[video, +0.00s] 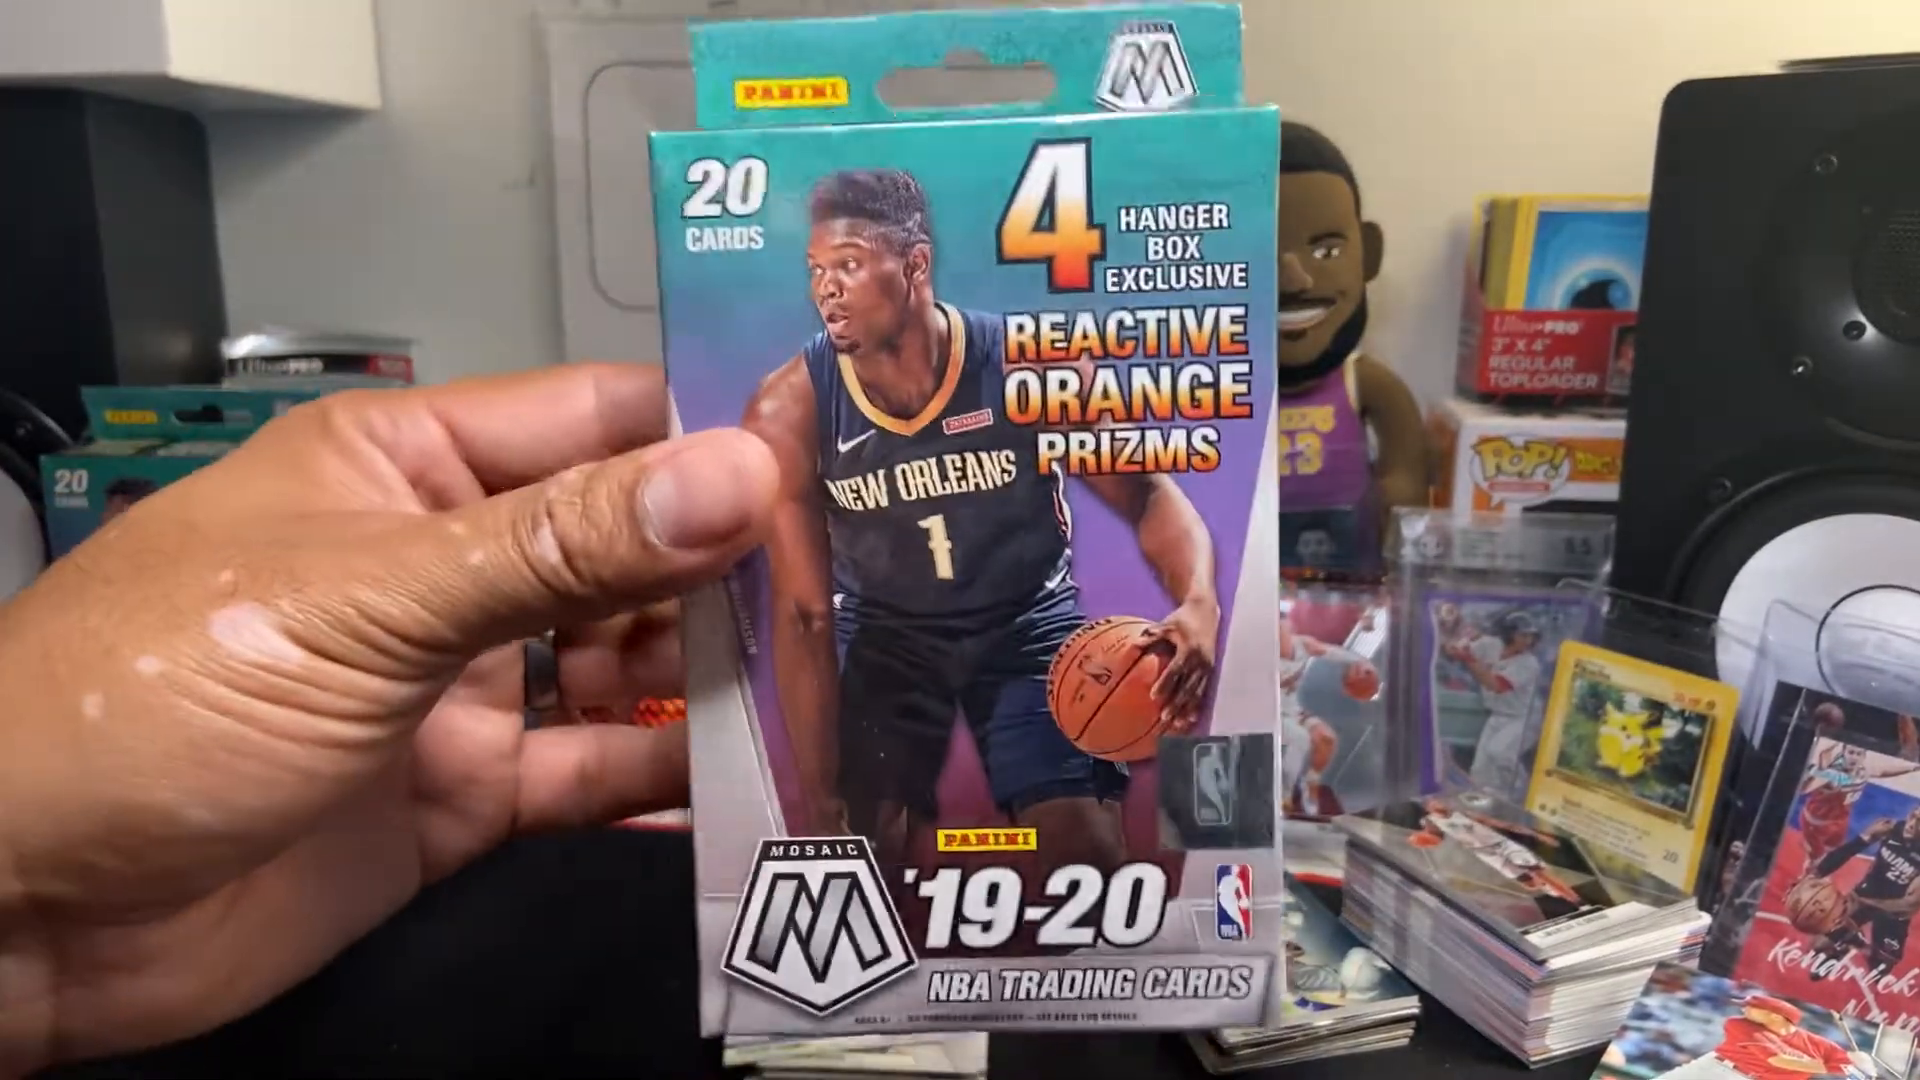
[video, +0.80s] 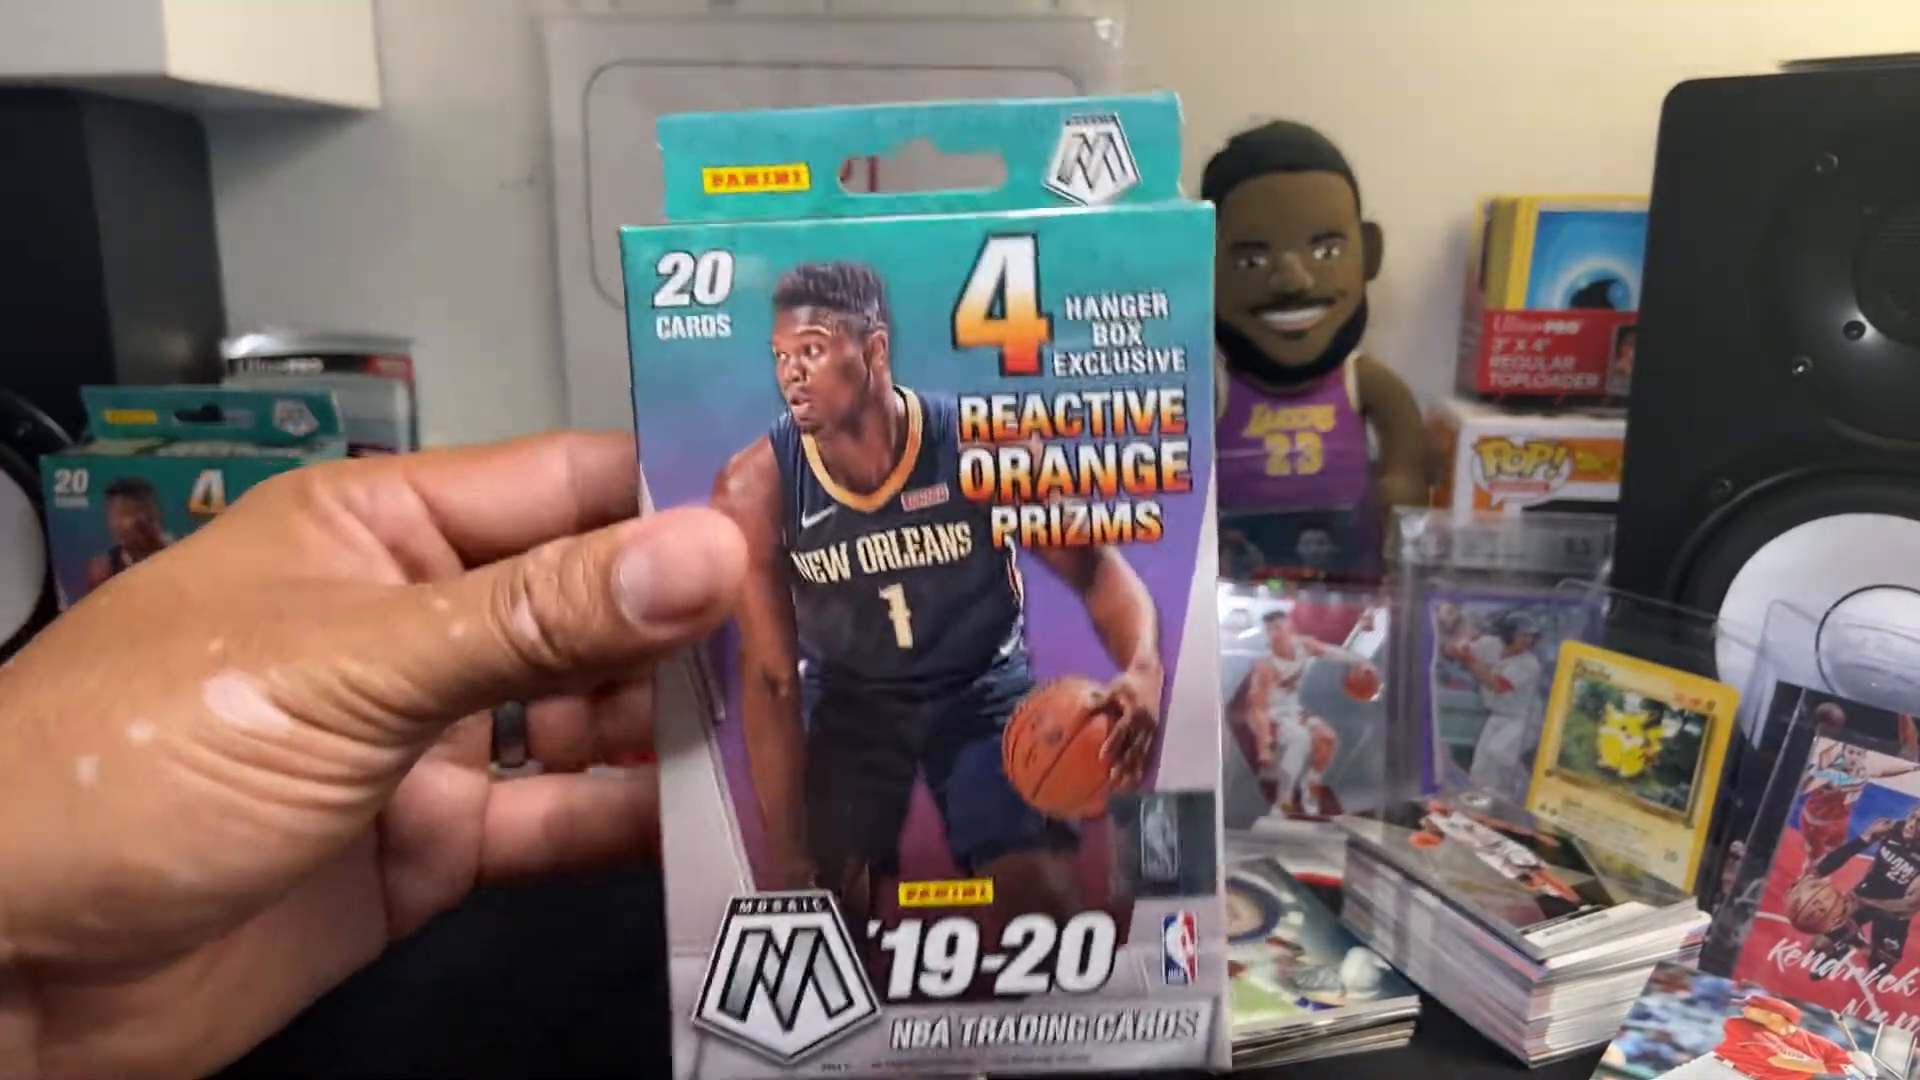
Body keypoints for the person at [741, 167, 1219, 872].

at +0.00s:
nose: (825, 291)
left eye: (847, 266)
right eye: (816, 271)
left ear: (917, 267)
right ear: (809, 278)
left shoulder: (1024, 366)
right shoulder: (791, 409)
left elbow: (1144, 495)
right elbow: (803, 616)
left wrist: (1199, 602)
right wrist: (817, 798)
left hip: (1031, 625)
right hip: (888, 635)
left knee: (1082, 848)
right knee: (866, 848)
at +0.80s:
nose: (790, 376)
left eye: (811, 351)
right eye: (780, 357)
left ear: (876, 352)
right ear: (773, 364)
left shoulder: (976, 444)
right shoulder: (757, 487)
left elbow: (1092, 565)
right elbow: (769, 680)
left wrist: (1143, 669)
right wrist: (786, 853)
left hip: (985, 694)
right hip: (855, 707)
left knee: (1038, 893)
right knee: (824, 903)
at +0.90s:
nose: (802, 398)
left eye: (823, 375)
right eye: (792, 378)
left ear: (892, 374)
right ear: (785, 383)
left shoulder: (997, 469)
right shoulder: (767, 512)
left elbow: (1113, 595)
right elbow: (780, 707)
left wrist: (1162, 694)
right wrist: (789, 884)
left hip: (996, 733)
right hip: (865, 743)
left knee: (1052, 917)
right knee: (849, 943)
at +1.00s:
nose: (862, 470)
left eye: (883, 443)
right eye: (839, 449)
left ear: (927, 451)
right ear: (814, 466)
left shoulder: (1026, 553)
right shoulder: (794, 588)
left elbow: (1147, 662)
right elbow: (793, 762)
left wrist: (1181, 761)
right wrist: (810, 922)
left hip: (1014, 820)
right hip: (875, 828)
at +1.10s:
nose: (878, 572)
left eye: (896, 553)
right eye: (862, 555)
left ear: (947, 555)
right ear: (836, 567)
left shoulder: (1034, 641)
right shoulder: (808, 663)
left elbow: (1155, 717)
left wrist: (1171, 782)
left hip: (1017, 915)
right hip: (864, 919)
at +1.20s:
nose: (832, 579)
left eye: (854, 563)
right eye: (826, 562)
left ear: (926, 563)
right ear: (813, 567)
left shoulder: (1022, 641)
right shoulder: (791, 663)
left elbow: (1151, 703)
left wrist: (1159, 755)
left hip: (986, 900)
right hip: (837, 903)